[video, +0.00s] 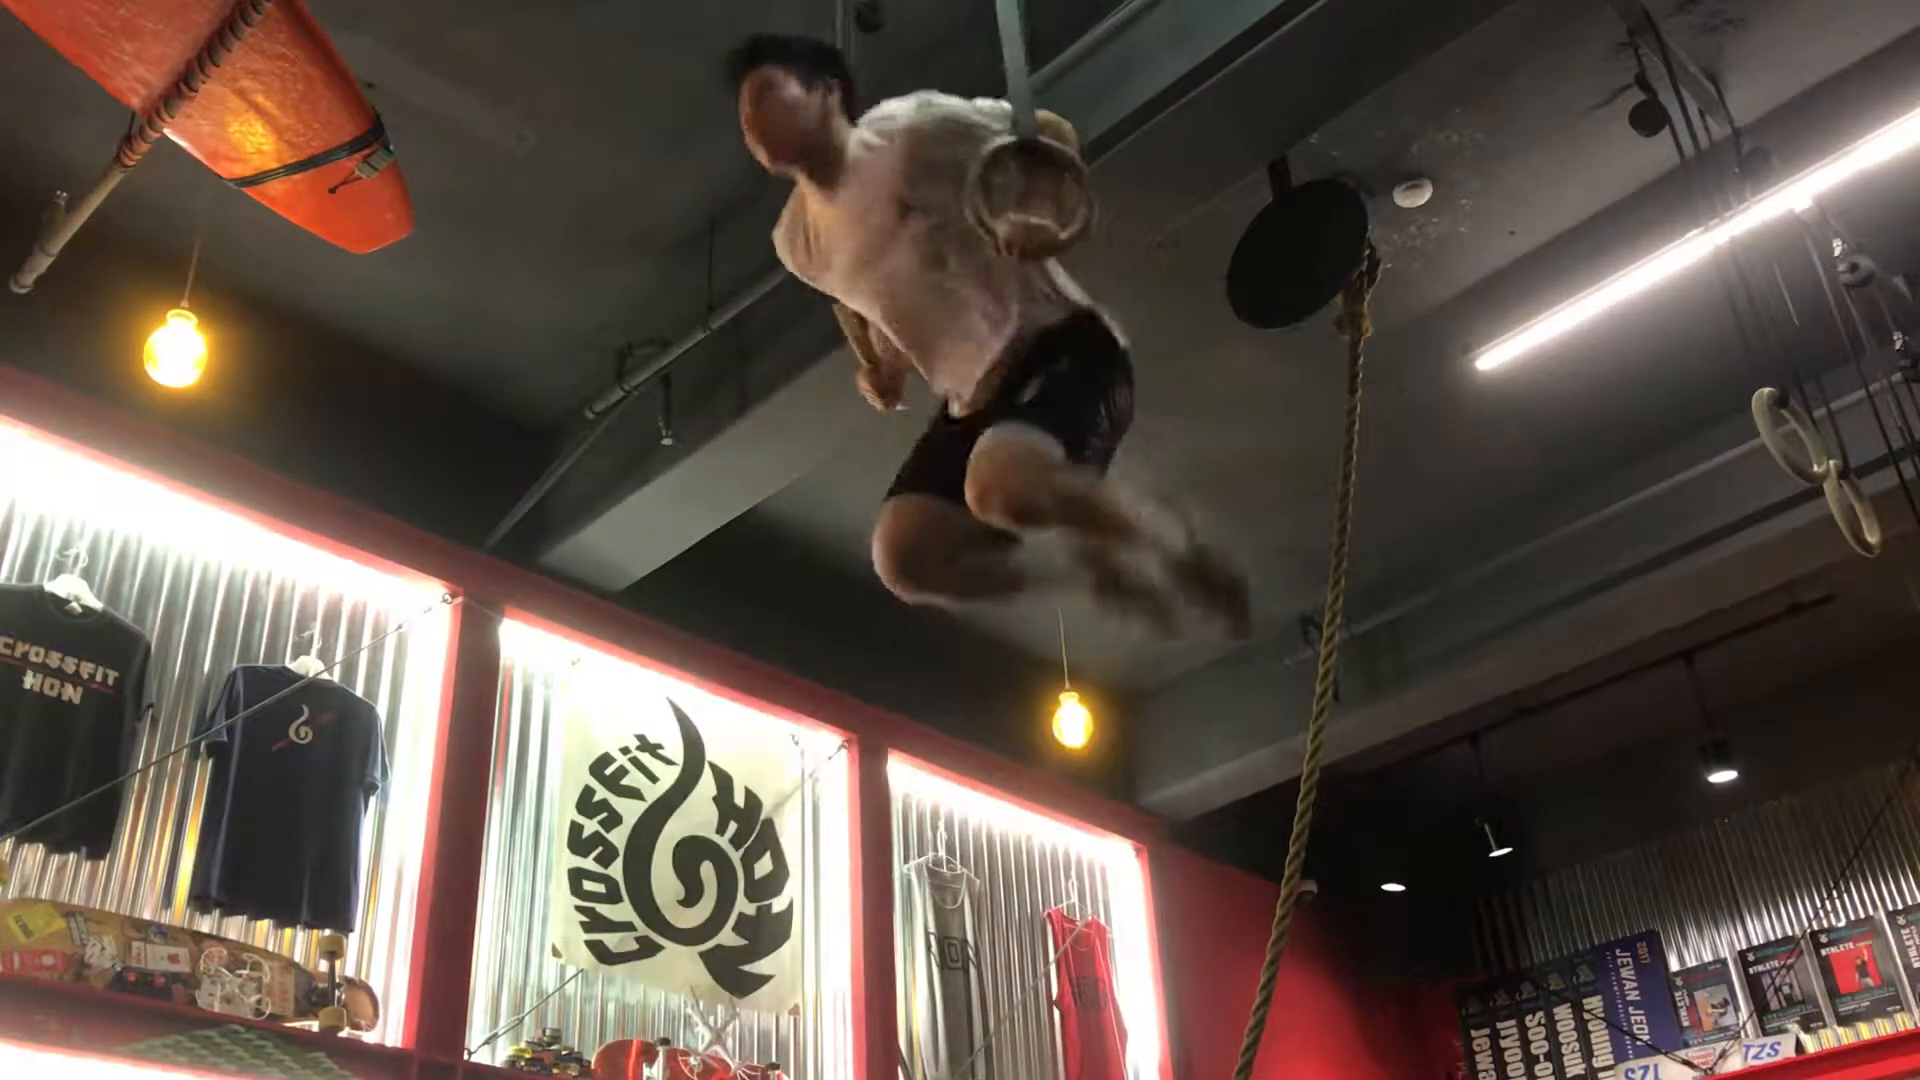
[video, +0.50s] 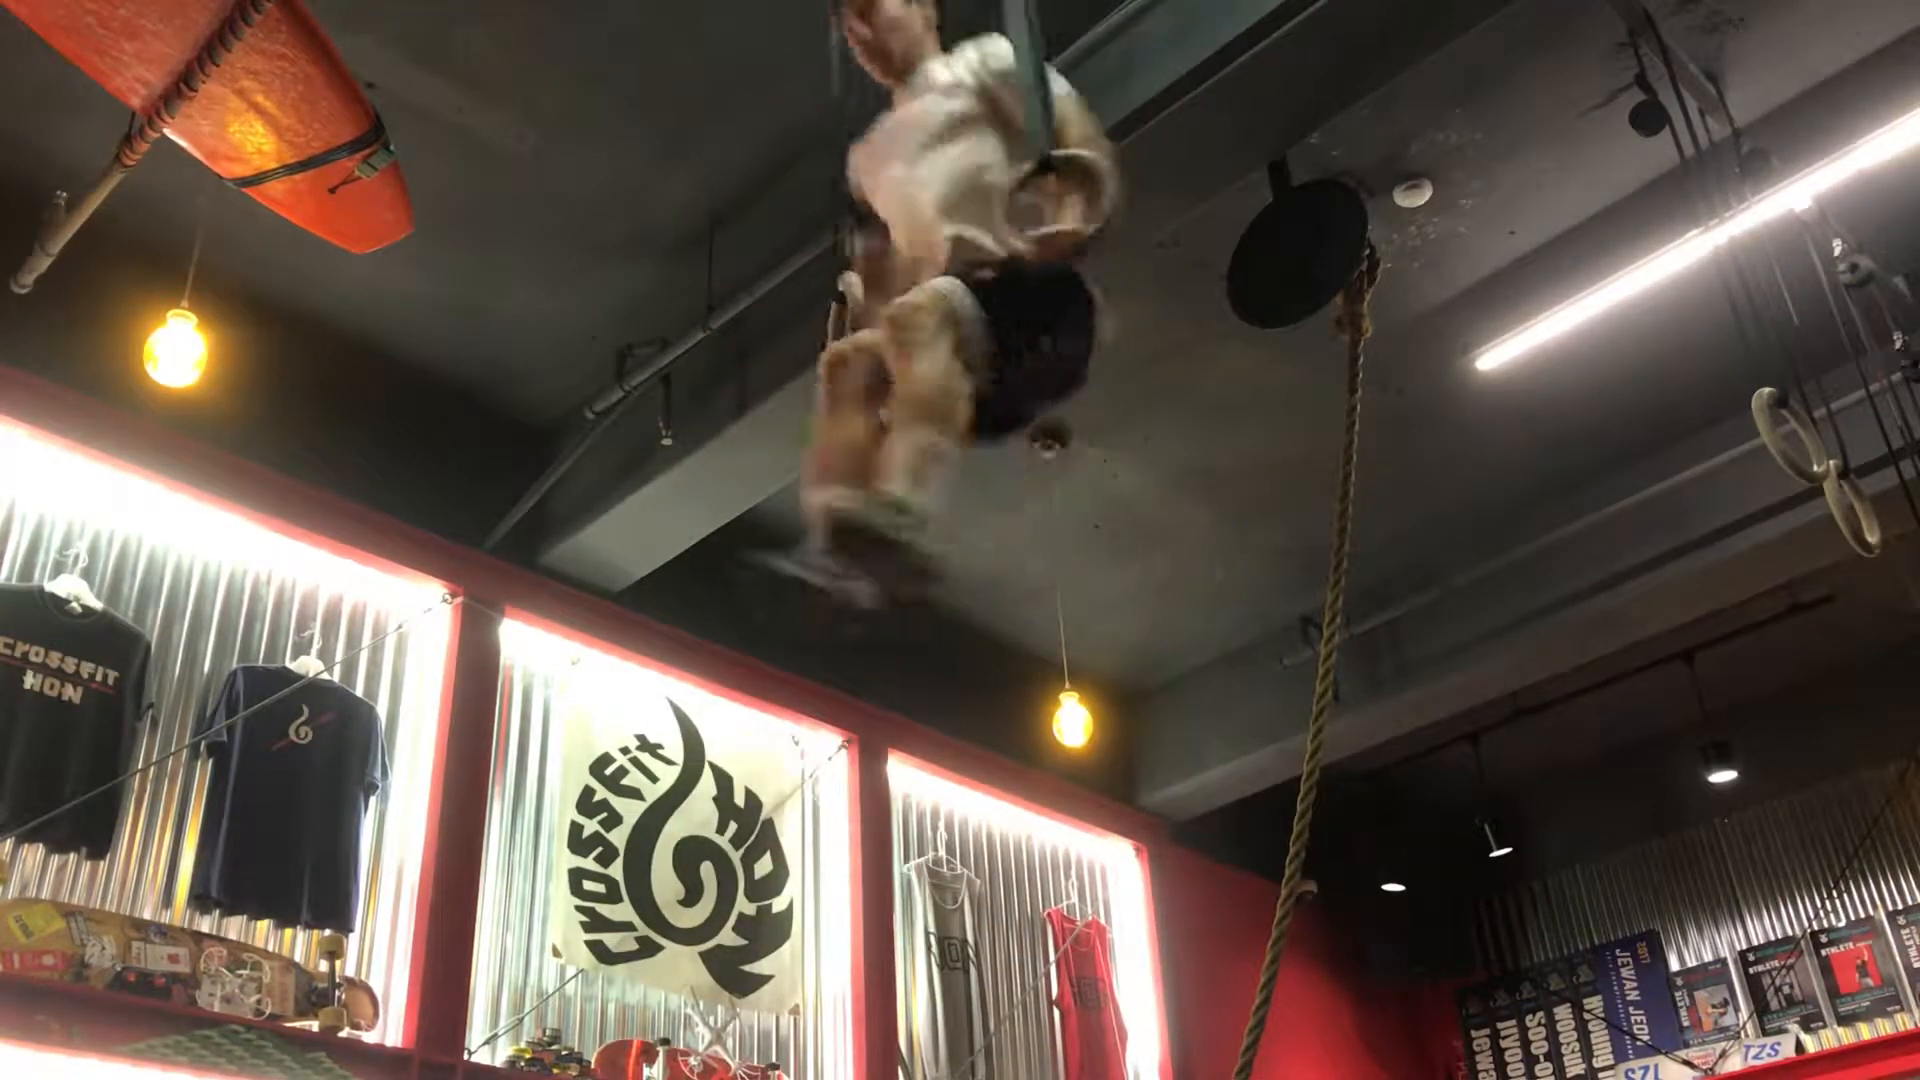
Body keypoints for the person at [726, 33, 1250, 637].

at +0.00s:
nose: (752, 125)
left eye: (767, 98)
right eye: (744, 111)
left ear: (829, 97)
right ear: (750, 137)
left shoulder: (910, 130)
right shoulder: (795, 242)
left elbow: (1049, 139)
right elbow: (850, 299)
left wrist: (1044, 213)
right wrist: (874, 361)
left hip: (1062, 348)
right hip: (976, 412)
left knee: (1002, 483)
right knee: (906, 557)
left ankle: (1180, 550)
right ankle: (1091, 564)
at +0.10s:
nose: (755, 58)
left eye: (775, 38)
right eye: (749, 50)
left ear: (831, 46)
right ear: (751, 84)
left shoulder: (907, 84)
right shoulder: (786, 200)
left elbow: (1045, 117)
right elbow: (852, 292)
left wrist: (1028, 196)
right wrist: (859, 360)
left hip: (1060, 305)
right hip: (976, 369)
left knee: (999, 436)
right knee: (904, 507)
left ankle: (1158, 473)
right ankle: (1088, 507)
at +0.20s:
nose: (775, 11)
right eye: (767, 5)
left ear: (845, 2)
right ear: (765, 26)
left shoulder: (908, 38)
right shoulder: (792, 148)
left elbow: (1024, 109)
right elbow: (844, 266)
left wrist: (1009, 185)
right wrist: (849, 353)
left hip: (1045, 265)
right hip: (963, 327)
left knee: (988, 384)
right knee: (900, 457)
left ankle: (1160, 492)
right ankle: (1082, 521)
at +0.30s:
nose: (810, 1)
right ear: (801, 13)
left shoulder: (925, 19)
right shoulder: (815, 117)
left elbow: (989, 110)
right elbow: (843, 236)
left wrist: (1006, 198)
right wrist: (853, 338)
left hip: (1031, 245)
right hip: (945, 300)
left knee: (966, 347)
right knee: (883, 407)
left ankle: (1130, 537)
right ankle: (1041, 577)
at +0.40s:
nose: (836, 5)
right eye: (827, 3)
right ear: (828, 16)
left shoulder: (953, 24)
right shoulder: (843, 127)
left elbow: (1008, 146)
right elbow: (861, 247)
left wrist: (1014, 222)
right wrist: (850, 329)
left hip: (1037, 267)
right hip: (944, 312)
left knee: (937, 324)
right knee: (866, 362)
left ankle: (1031, 544)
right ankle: (943, 593)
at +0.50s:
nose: (856, 33)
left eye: (868, 11)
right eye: (844, 25)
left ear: (923, 9)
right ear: (845, 41)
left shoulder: (987, 62)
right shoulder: (867, 157)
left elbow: (1087, 153)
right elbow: (893, 265)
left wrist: (1072, 222)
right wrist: (867, 308)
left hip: (1039, 300)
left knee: (918, 314)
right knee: (846, 364)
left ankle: (905, 505)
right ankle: (836, 543)